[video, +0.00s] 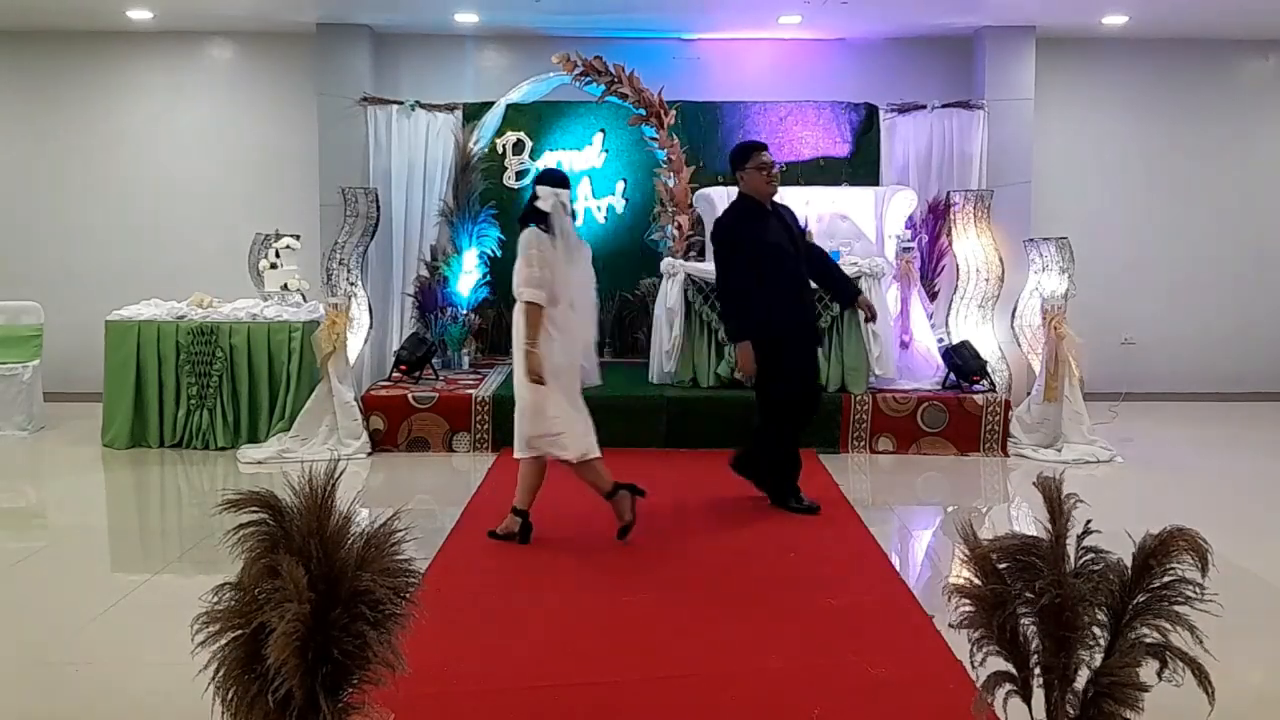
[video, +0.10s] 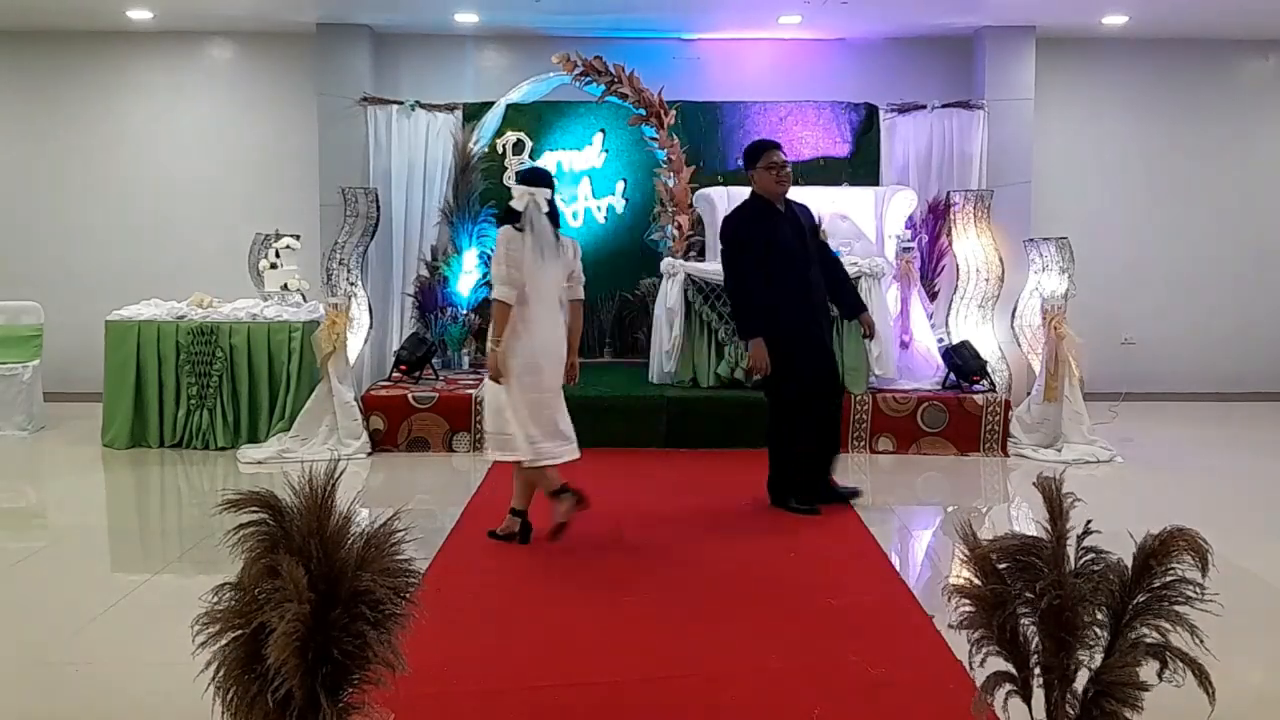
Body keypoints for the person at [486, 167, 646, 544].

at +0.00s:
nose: (537, 202)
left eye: (538, 196)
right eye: (543, 196)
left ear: (537, 198)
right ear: (567, 200)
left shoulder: (533, 237)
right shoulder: (577, 244)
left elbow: (533, 299)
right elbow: (582, 302)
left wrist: (531, 350)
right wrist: (580, 353)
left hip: (541, 353)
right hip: (565, 353)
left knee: (557, 433)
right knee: (534, 437)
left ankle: (616, 494)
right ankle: (518, 517)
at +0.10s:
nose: (513, 198)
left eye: (516, 193)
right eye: (517, 191)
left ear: (520, 197)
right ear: (550, 198)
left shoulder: (509, 237)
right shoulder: (568, 244)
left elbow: (504, 297)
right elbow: (575, 304)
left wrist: (494, 345)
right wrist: (573, 353)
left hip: (520, 346)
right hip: (553, 347)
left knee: (516, 427)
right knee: (529, 429)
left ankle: (559, 492)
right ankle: (517, 517)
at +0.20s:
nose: (505, 199)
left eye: (504, 192)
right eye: (516, 191)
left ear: (499, 197)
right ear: (536, 198)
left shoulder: (486, 239)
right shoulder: (554, 245)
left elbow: (479, 298)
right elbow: (565, 304)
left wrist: (466, 343)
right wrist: (565, 354)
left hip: (494, 350)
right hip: (537, 350)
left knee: (477, 431)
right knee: (527, 434)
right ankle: (518, 518)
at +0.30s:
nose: (528, 200)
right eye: (526, 195)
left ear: (485, 200)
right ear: (523, 201)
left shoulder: (466, 242)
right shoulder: (538, 246)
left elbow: (456, 301)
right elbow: (550, 307)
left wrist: (445, 346)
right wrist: (556, 358)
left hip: (473, 351)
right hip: (521, 354)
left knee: (448, 430)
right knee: (516, 435)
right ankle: (516, 520)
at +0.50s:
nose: (505, 202)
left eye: (503, 196)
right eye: (500, 197)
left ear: (463, 203)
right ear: (486, 203)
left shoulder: (436, 245)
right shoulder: (502, 248)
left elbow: (422, 304)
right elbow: (508, 312)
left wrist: (416, 343)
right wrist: (520, 363)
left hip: (439, 356)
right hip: (487, 359)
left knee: (414, 428)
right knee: (502, 434)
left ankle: (393, 509)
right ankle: (504, 520)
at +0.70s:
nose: (482, 200)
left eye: (480, 194)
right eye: (476, 194)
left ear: (445, 199)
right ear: (459, 200)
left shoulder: (415, 235)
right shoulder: (464, 244)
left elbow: (404, 297)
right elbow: (460, 310)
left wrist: (398, 344)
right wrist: (465, 366)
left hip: (412, 352)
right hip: (452, 354)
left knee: (401, 430)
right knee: (475, 433)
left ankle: (390, 511)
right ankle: (477, 517)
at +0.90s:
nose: (466, 198)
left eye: (464, 192)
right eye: (460, 192)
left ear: (433, 197)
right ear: (442, 198)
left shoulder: (410, 233)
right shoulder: (433, 237)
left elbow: (403, 297)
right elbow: (417, 299)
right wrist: (421, 356)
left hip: (400, 351)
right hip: (428, 353)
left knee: (397, 429)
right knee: (442, 430)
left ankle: (389, 510)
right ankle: (422, 509)